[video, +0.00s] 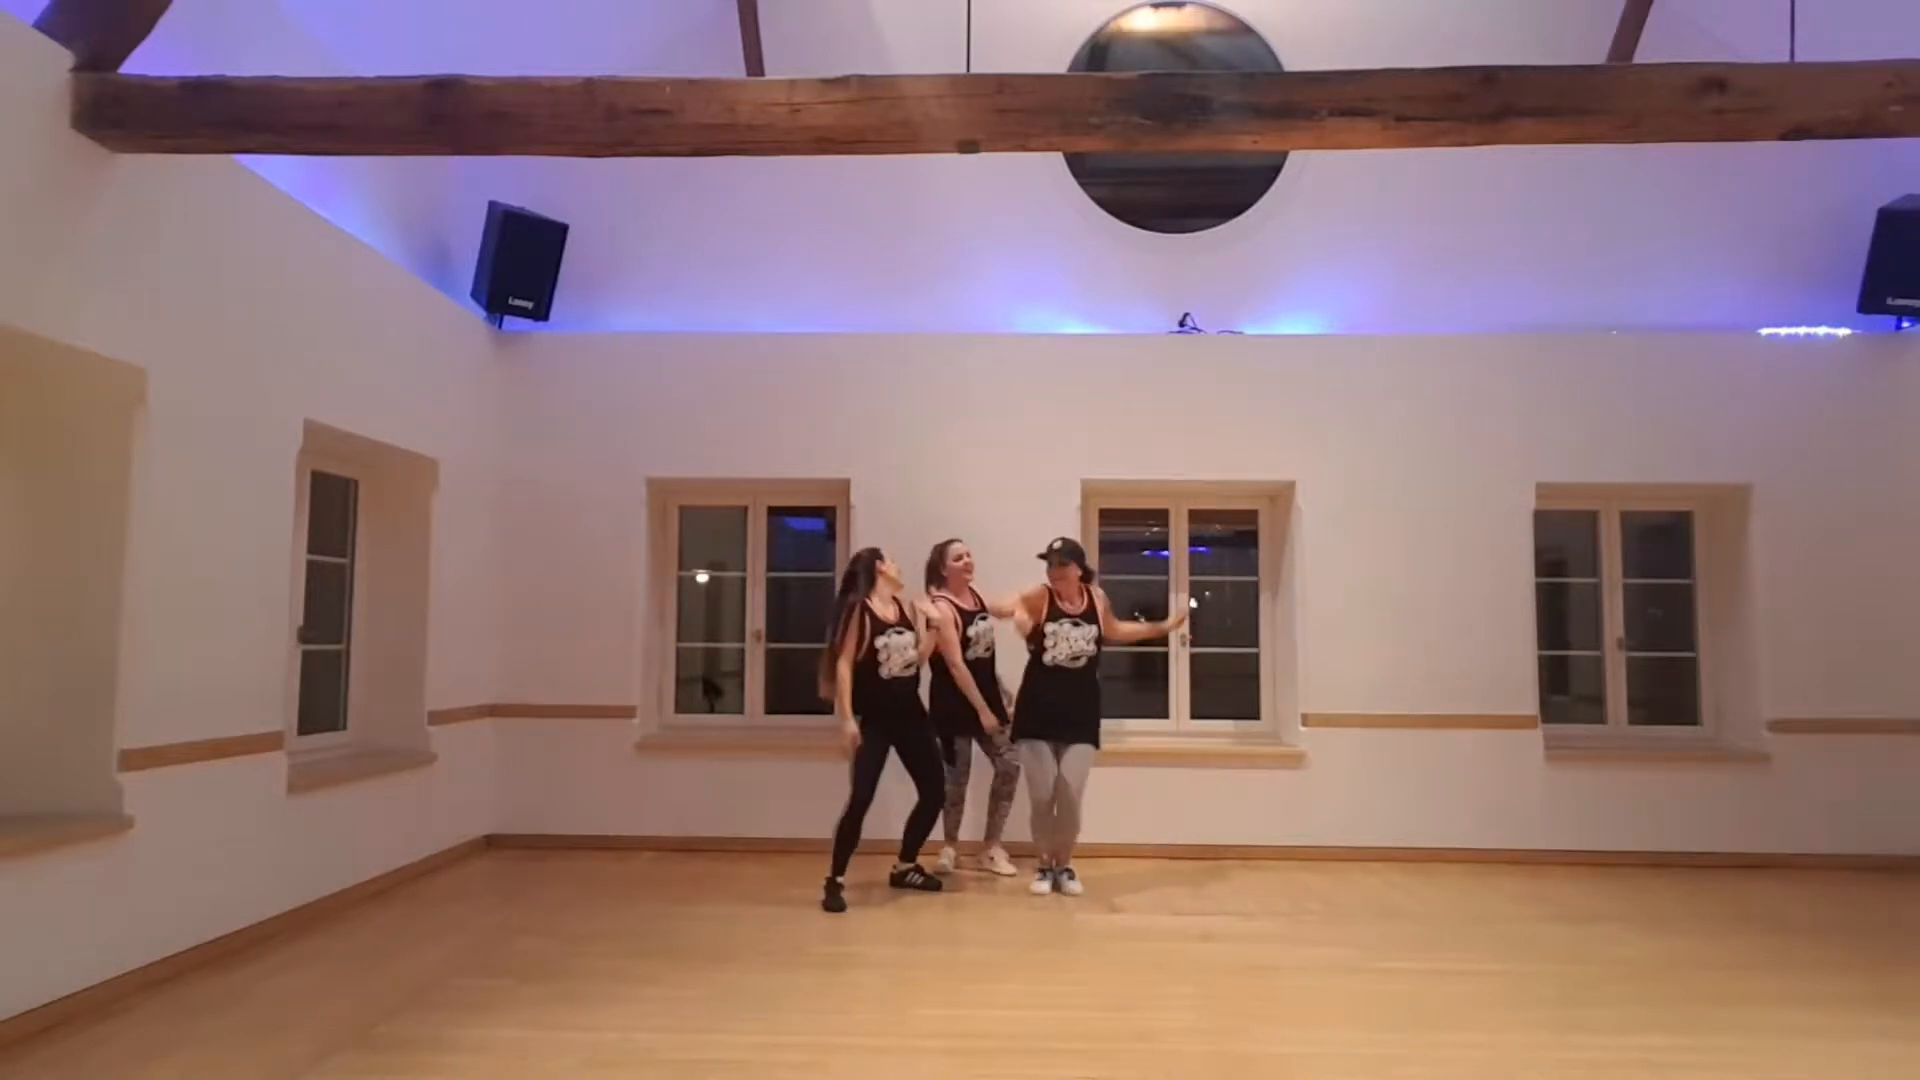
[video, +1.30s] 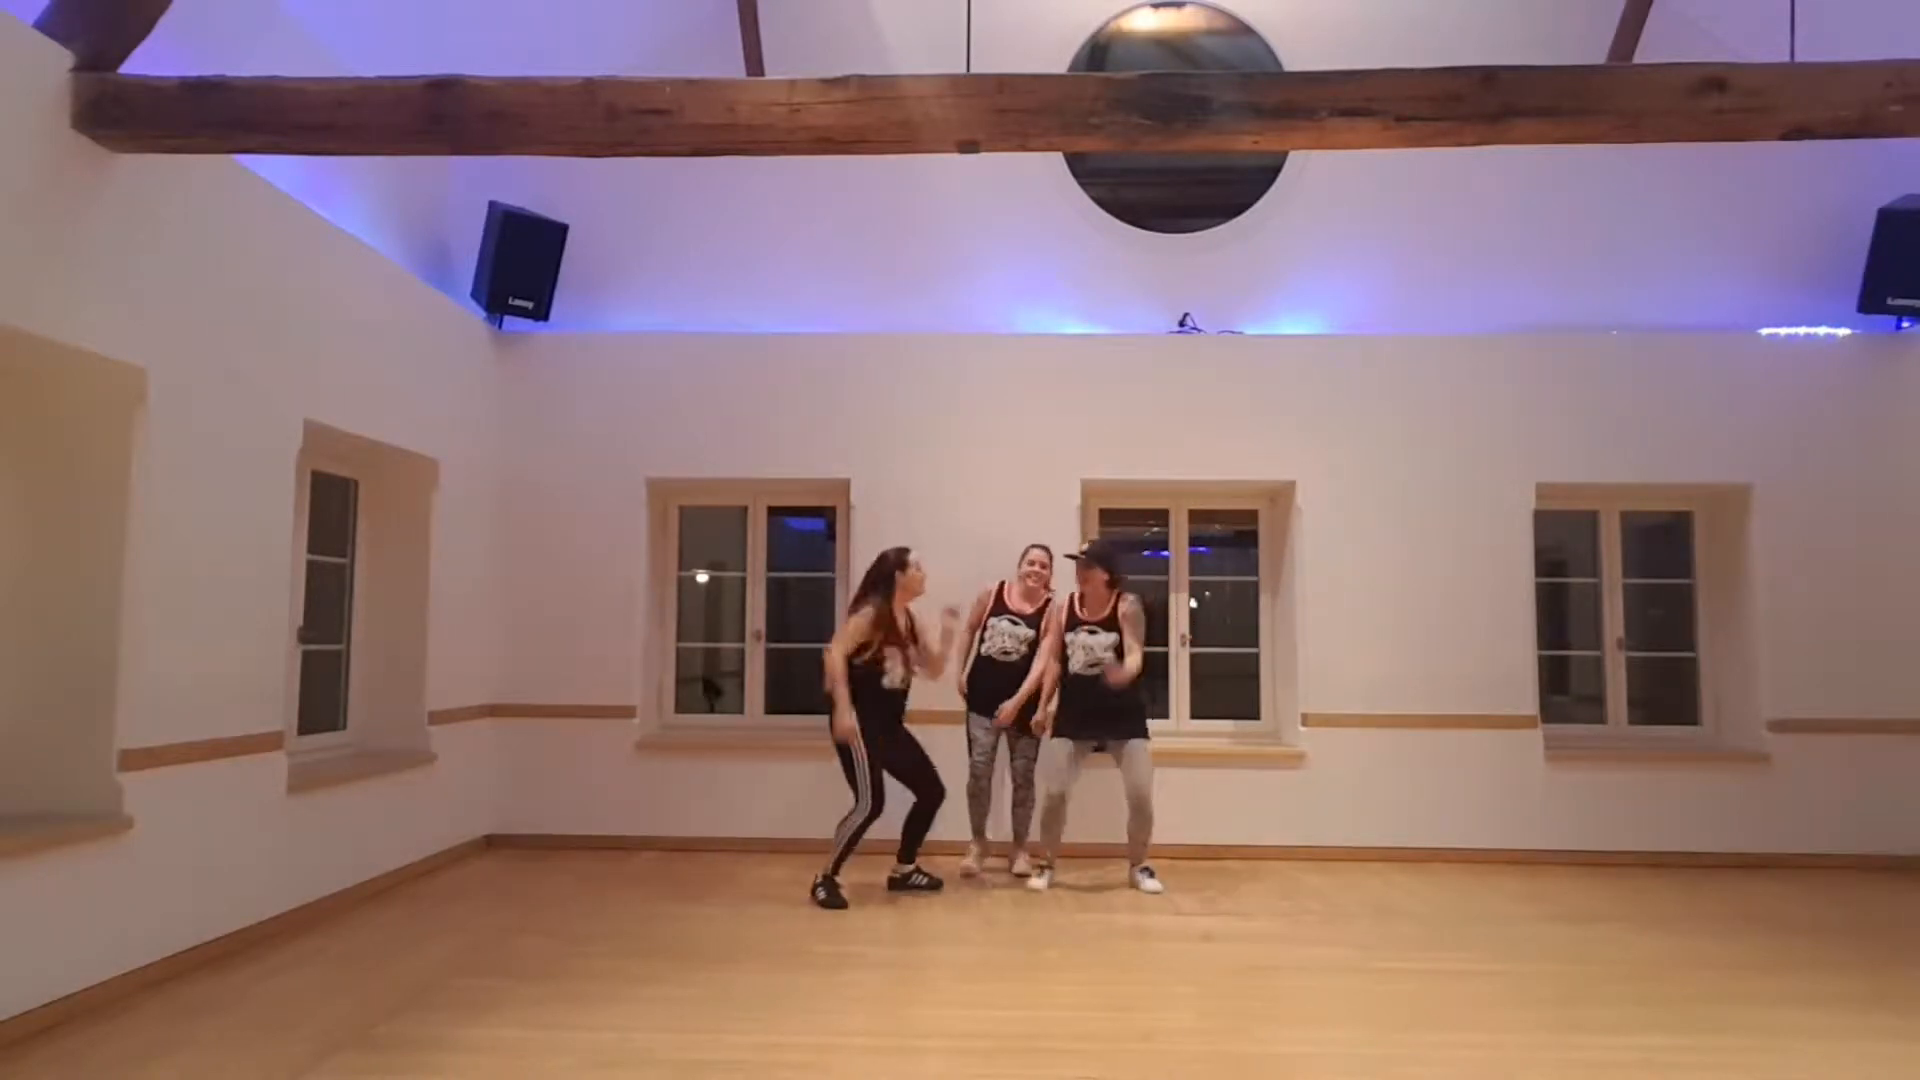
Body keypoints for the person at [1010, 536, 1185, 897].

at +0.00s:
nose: (1053, 573)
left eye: (1061, 567)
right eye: (1050, 567)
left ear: (1079, 568)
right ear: (1046, 568)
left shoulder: (1096, 597)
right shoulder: (1039, 597)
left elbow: (1112, 632)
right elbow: (1008, 611)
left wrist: (1163, 628)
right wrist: (1019, 616)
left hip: (1081, 712)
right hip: (1037, 711)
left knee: (1070, 792)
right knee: (1041, 796)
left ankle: (1063, 866)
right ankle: (1045, 867)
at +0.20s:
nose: (1060, 559)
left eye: (1067, 552)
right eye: (1056, 553)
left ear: (1082, 556)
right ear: (1049, 556)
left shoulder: (1090, 587)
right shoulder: (1041, 588)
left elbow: (1103, 630)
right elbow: (1002, 618)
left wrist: (1146, 626)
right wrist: (994, 662)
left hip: (1081, 701)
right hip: (1039, 703)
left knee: (1099, 771)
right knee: (1046, 788)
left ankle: (1084, 853)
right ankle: (1045, 867)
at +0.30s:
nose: (1059, 553)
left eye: (1067, 546)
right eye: (1055, 547)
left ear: (1082, 551)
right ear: (1049, 551)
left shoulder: (1093, 583)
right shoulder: (1041, 587)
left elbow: (1113, 611)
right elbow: (1001, 621)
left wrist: (1148, 587)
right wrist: (990, 675)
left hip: (1087, 695)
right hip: (1042, 699)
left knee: (1114, 767)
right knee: (1047, 786)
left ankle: (1110, 854)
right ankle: (1045, 866)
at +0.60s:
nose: (1061, 572)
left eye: (1068, 565)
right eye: (1058, 566)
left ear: (1087, 567)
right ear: (1055, 570)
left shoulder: (1111, 598)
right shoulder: (1048, 609)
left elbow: (1161, 606)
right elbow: (1035, 662)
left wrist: (1148, 564)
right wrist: (1032, 715)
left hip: (1111, 709)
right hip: (1063, 711)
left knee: (1137, 791)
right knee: (1054, 794)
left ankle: (1138, 866)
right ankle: (1044, 866)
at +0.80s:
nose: (1073, 567)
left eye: (1080, 560)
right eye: (1070, 561)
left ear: (1100, 562)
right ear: (1069, 565)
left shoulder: (1128, 589)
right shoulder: (1064, 603)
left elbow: (1173, 607)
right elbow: (1058, 655)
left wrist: (1148, 574)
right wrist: (1054, 702)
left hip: (1131, 705)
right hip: (1082, 707)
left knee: (1142, 790)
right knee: (1074, 788)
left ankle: (1138, 866)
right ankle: (1055, 864)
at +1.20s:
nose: (1085, 572)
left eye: (1093, 566)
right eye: (1085, 565)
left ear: (1111, 570)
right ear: (1084, 569)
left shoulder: (1133, 598)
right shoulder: (1072, 606)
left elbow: (1136, 637)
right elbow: (1060, 658)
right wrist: (1046, 700)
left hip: (1132, 711)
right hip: (1083, 710)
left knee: (1145, 795)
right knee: (1065, 784)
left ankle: (1139, 866)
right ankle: (1056, 862)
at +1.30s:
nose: (1079, 576)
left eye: (1087, 570)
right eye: (1079, 569)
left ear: (1107, 576)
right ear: (1078, 572)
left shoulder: (1127, 606)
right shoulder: (1065, 607)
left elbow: (1135, 652)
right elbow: (1054, 660)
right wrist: (1044, 705)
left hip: (1121, 712)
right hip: (1072, 711)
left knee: (1141, 793)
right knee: (1054, 791)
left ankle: (1140, 865)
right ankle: (1046, 863)